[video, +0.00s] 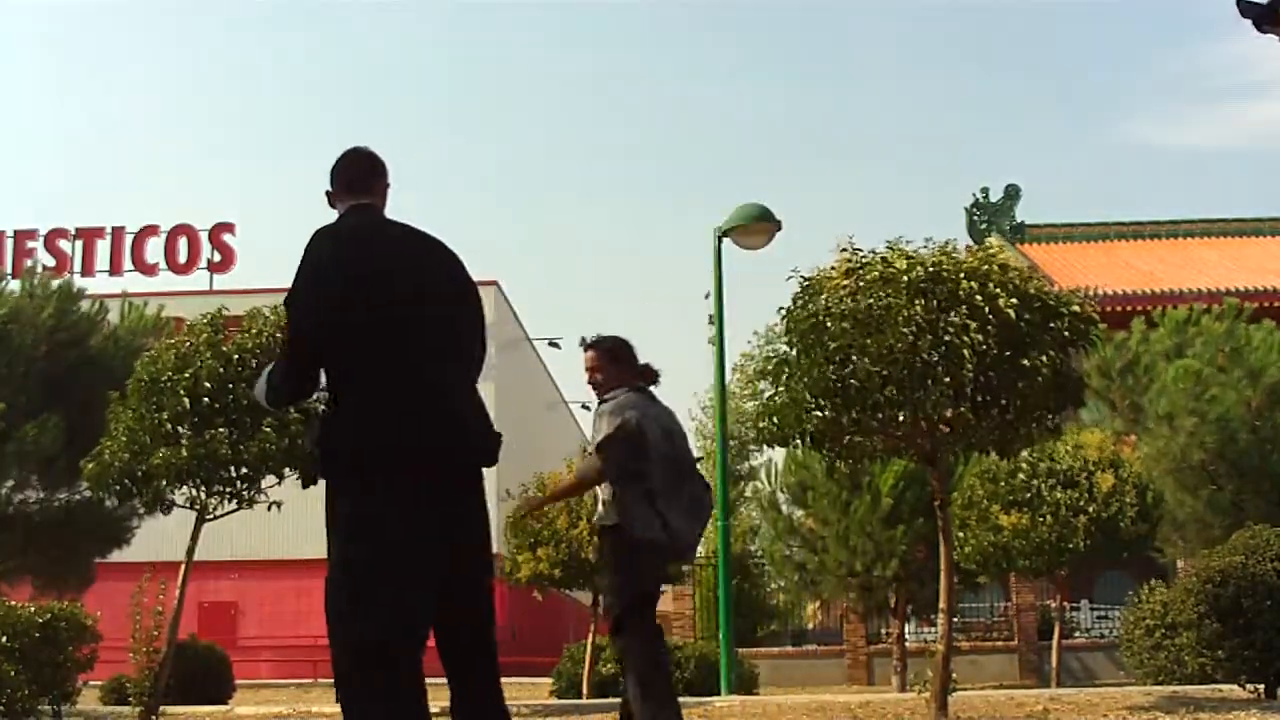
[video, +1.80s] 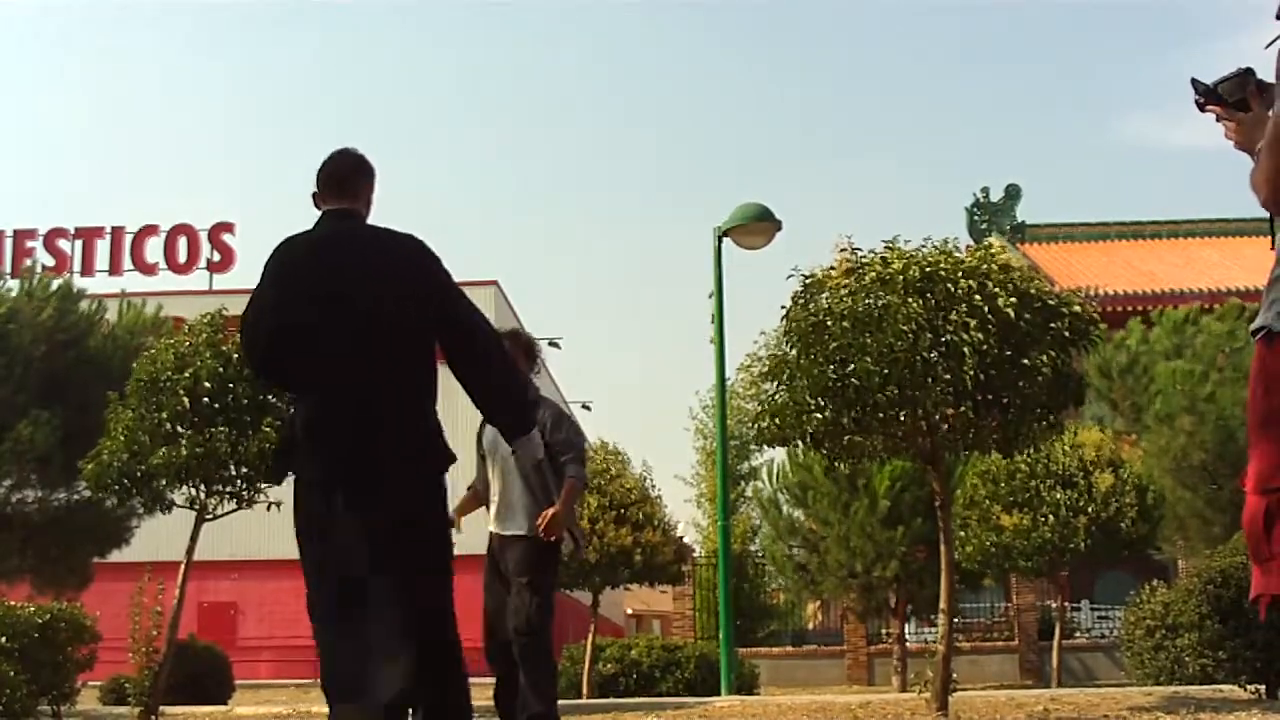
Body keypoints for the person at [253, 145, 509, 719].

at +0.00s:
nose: (341, 205)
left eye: (334, 198)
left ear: (333, 197)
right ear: (387, 190)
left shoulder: (327, 250)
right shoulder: (441, 254)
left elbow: (298, 375)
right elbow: (472, 353)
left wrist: (267, 388)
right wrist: (433, 402)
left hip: (368, 462)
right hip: (451, 459)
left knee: (374, 632)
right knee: (468, 633)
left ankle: (385, 718)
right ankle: (483, 717)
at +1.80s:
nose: (347, 205)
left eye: (327, 195)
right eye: (363, 196)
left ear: (316, 195)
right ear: (371, 196)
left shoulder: (289, 258)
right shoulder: (407, 254)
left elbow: (262, 354)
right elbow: (472, 343)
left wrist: (319, 381)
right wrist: (516, 418)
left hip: (326, 459)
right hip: (408, 454)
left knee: (340, 606)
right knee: (424, 603)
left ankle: (357, 709)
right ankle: (441, 708)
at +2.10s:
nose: (362, 226)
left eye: (363, 217)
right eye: (362, 216)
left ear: (306, 210)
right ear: (347, 211)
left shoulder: (261, 277)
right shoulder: (374, 254)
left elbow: (242, 380)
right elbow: (425, 342)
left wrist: (286, 426)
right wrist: (439, 417)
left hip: (305, 468)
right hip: (395, 461)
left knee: (306, 611)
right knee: (438, 605)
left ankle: (296, 715)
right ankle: (471, 710)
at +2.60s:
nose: (444, 212)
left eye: (447, 201)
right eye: (446, 200)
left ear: (394, 184)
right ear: (433, 190)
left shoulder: (345, 241)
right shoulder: (414, 232)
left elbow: (307, 347)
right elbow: (408, 354)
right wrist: (448, 365)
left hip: (325, 447)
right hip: (391, 450)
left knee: (327, 595)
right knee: (407, 603)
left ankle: (307, 712)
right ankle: (419, 713)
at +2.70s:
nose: (452, 204)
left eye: (454, 195)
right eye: (453, 194)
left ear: (397, 182)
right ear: (443, 185)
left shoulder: (348, 237)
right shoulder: (428, 224)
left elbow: (311, 342)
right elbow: (420, 328)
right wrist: (450, 421)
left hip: (327, 437)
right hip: (404, 438)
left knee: (307, 588)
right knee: (427, 596)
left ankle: (280, 710)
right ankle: (426, 710)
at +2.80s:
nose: (437, 195)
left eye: (435, 187)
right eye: (438, 186)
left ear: (385, 178)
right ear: (433, 179)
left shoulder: (333, 237)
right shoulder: (432, 224)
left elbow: (325, 338)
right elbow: (456, 327)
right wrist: (488, 382)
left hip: (328, 434)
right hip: (409, 435)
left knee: (301, 580)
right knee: (432, 587)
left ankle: (262, 710)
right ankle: (437, 710)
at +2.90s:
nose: (414, 190)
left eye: (405, 181)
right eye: (417, 181)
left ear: (362, 177)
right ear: (415, 178)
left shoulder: (318, 238)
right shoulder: (426, 229)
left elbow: (313, 330)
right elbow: (481, 326)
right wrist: (540, 393)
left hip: (323, 437)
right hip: (413, 439)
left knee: (296, 581)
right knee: (441, 588)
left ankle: (277, 705)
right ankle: (443, 709)